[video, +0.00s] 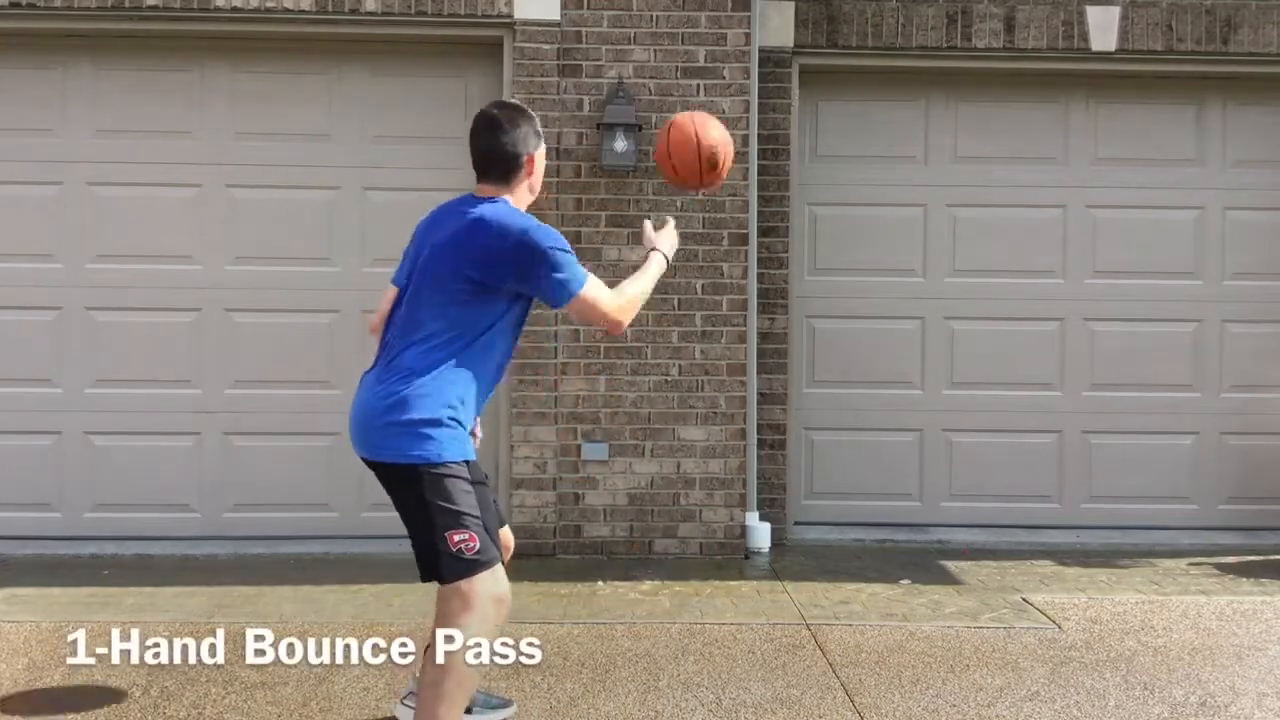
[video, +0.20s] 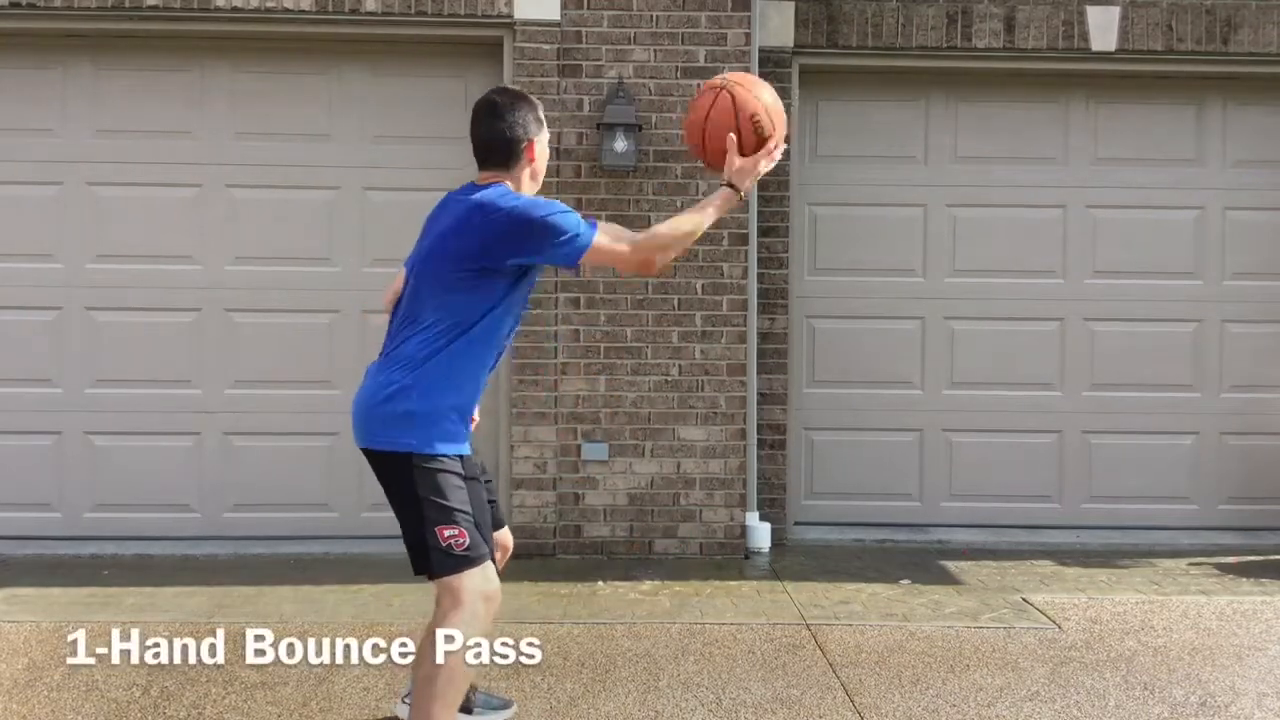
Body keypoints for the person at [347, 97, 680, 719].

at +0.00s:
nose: (544, 166)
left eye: (541, 156)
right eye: (543, 157)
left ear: (477, 160)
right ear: (533, 165)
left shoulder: (440, 220)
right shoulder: (522, 235)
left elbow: (383, 319)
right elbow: (614, 313)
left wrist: (449, 406)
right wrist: (659, 256)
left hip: (387, 416)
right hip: (425, 425)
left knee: (494, 542)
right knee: (483, 593)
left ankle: (431, 693)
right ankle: (436, 712)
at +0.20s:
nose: (546, 155)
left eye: (543, 144)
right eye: (544, 144)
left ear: (479, 149)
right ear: (533, 152)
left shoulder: (457, 208)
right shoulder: (518, 213)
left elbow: (398, 301)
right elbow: (645, 254)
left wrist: (452, 396)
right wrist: (732, 191)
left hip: (417, 418)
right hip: (415, 424)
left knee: (493, 544)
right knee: (467, 591)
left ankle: (430, 691)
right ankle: (432, 713)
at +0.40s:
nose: (573, 192)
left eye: (571, 181)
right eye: (574, 181)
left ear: (509, 173)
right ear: (566, 187)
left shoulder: (484, 230)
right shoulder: (499, 245)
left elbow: (404, 283)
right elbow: (576, 345)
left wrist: (405, 363)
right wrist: (648, 278)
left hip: (440, 425)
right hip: (418, 426)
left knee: (513, 551)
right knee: (475, 591)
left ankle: (430, 689)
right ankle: (432, 710)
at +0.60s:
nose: (579, 218)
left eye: (580, 208)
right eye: (581, 208)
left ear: (517, 192)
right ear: (572, 211)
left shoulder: (478, 239)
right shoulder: (519, 284)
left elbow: (448, 325)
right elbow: (572, 391)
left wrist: (490, 381)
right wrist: (624, 426)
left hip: (443, 431)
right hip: (420, 437)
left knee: (522, 549)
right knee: (485, 594)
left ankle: (432, 686)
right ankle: (438, 709)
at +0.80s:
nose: (581, 213)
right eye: (583, 204)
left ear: (518, 194)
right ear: (576, 210)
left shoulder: (480, 242)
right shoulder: (537, 289)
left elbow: (461, 343)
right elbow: (543, 406)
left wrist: (508, 398)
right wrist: (600, 418)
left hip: (437, 430)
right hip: (424, 437)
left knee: (521, 551)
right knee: (488, 595)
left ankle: (435, 687)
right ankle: (438, 710)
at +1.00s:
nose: (576, 199)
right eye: (576, 190)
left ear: (510, 184)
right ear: (570, 196)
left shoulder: (470, 237)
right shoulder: (536, 269)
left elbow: (409, 332)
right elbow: (549, 399)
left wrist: (472, 411)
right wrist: (611, 399)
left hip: (420, 427)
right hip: (433, 437)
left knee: (523, 551)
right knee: (504, 602)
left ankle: (439, 684)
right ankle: (450, 711)